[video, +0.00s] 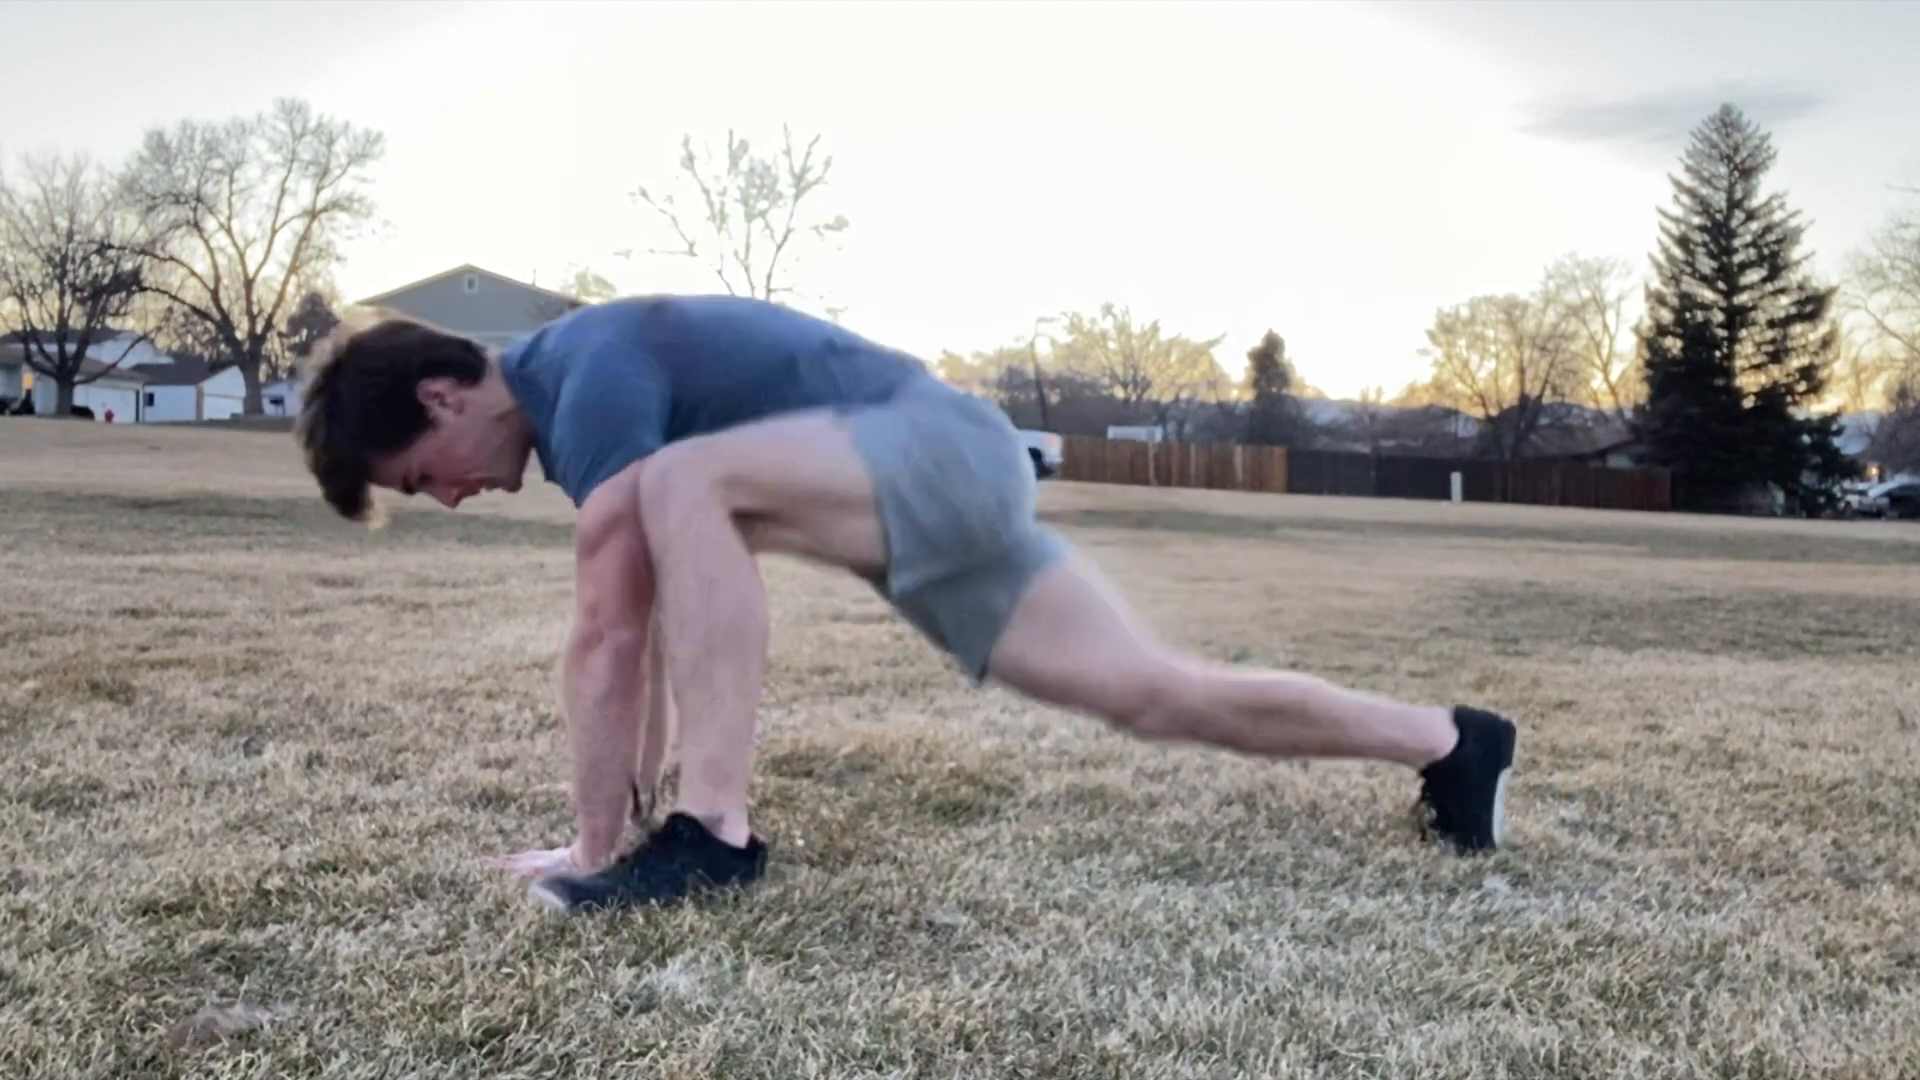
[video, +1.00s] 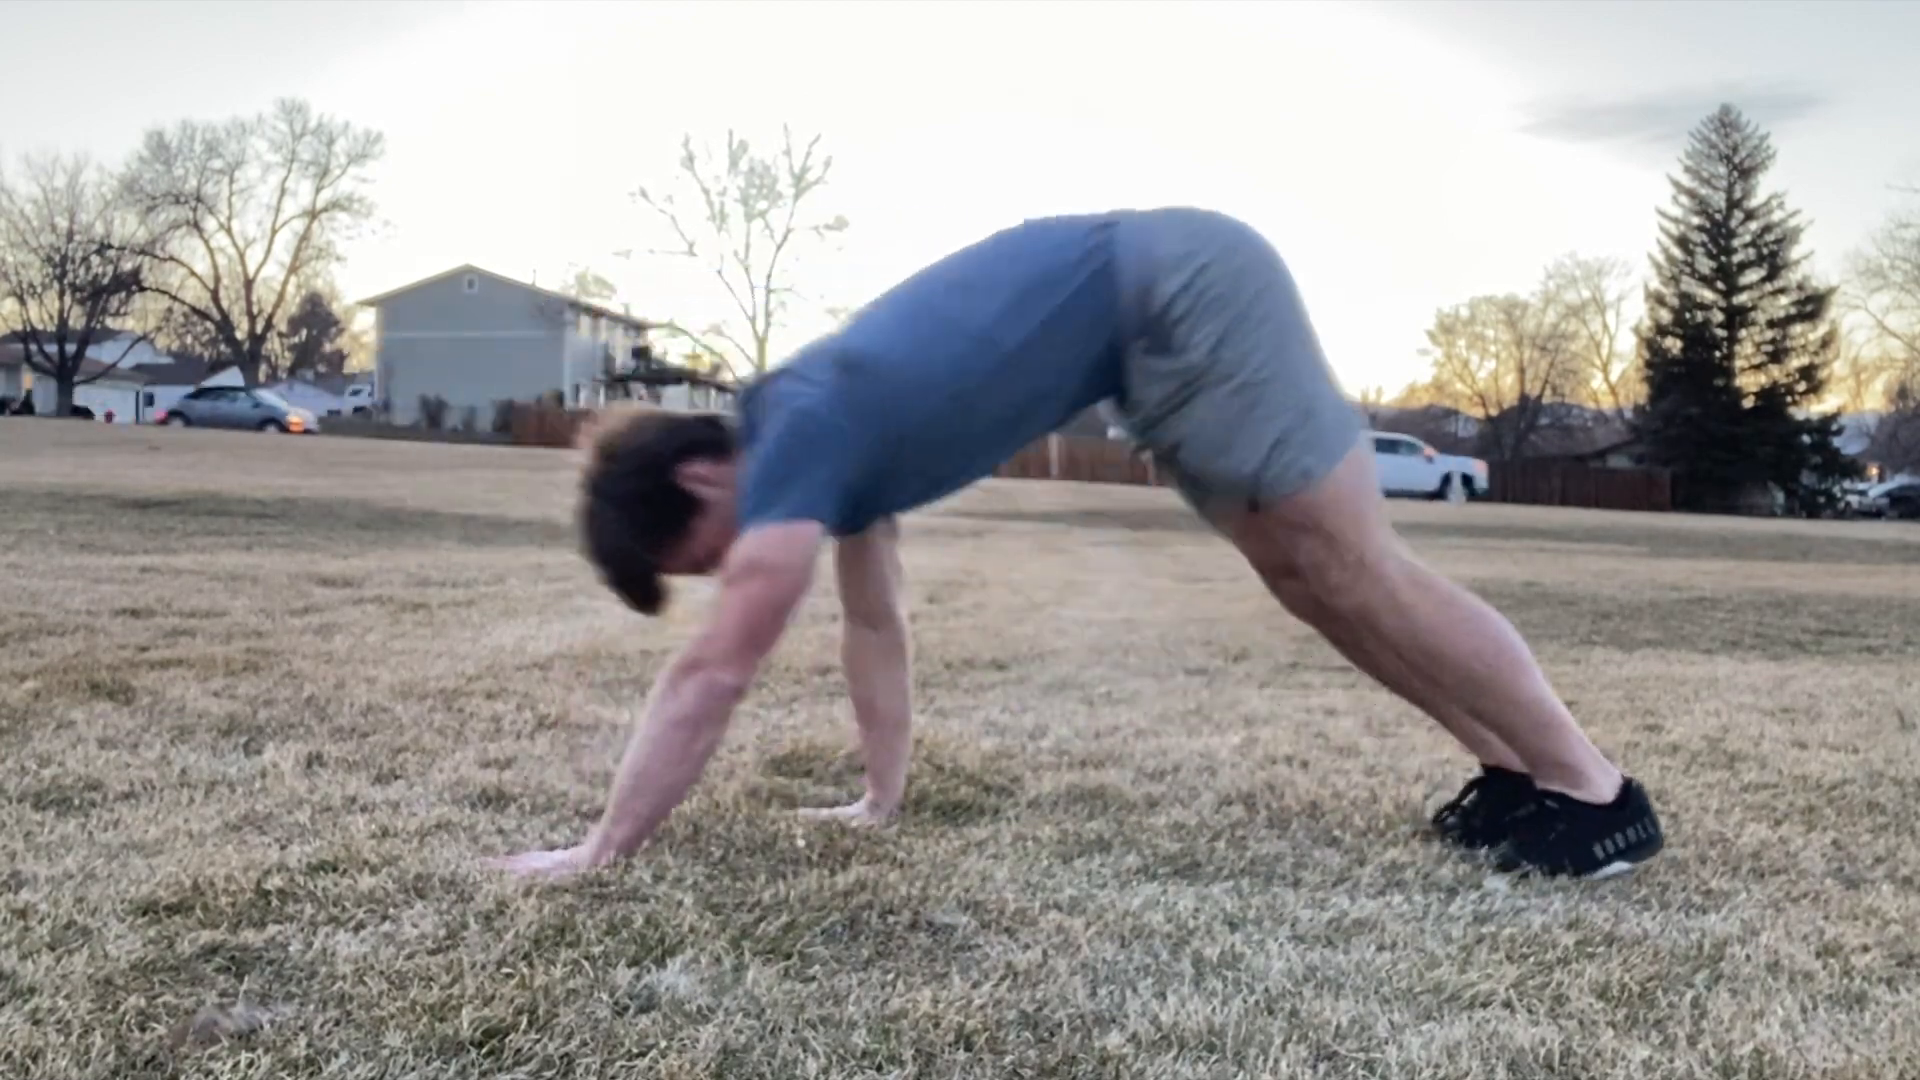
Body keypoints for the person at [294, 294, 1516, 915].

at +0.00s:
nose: (447, 495)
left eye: (424, 473)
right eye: (420, 490)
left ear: (447, 398)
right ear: (449, 402)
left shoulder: (593, 378)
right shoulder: (574, 408)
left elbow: (610, 623)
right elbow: (646, 627)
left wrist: (615, 846)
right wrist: (616, 823)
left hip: (941, 445)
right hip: (941, 509)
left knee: (678, 487)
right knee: (1143, 687)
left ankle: (712, 838)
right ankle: (1446, 743)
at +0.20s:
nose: (468, 512)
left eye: (444, 490)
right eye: (443, 506)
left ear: (468, 416)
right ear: (473, 422)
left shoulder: (613, 369)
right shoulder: (600, 417)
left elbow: (620, 625)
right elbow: (633, 637)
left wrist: (594, 839)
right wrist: (612, 832)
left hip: (969, 384)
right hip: (965, 451)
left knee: (729, 465)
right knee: (1183, 645)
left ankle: (848, 793)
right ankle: (1474, 744)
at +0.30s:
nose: (469, 523)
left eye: (443, 501)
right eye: (440, 516)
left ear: (458, 427)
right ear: (465, 430)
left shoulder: (591, 368)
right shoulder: (591, 400)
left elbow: (615, 621)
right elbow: (630, 621)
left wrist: (594, 847)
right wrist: (641, 789)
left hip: (951, 330)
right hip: (972, 373)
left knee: (841, 562)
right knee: (1187, 592)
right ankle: (1455, 724)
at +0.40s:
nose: (464, 520)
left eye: (437, 498)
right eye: (436, 515)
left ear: (451, 424)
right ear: (459, 426)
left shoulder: (580, 370)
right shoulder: (594, 390)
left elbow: (604, 622)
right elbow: (646, 608)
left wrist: (592, 846)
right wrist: (647, 774)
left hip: (944, 349)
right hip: (963, 354)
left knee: (1055, 663)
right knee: (1175, 588)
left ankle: (1378, 657)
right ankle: (1429, 726)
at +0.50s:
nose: (466, 515)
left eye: (438, 494)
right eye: (437, 510)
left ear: (450, 417)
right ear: (460, 426)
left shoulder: (583, 369)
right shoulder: (599, 393)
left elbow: (613, 611)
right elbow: (651, 613)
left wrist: (597, 835)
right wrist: (642, 781)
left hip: (959, 404)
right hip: (948, 423)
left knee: (1206, 640)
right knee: (1197, 632)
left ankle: (1513, 751)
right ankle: (1483, 743)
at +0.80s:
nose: (550, 518)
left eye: (522, 497)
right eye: (524, 513)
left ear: (529, 423)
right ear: (542, 421)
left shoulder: (658, 368)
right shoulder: (681, 391)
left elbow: (635, 638)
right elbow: (745, 590)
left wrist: (588, 853)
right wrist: (702, 754)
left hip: (1052, 376)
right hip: (1032, 398)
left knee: (1309, 614)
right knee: (1273, 618)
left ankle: (1582, 781)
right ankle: (1515, 757)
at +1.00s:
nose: (723, 570)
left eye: (703, 554)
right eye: (705, 563)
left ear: (699, 485)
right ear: (707, 479)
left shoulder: (795, 426)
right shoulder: (824, 435)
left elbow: (717, 668)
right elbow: (874, 629)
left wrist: (604, 847)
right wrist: (885, 798)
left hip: (1184, 285)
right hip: (1149, 328)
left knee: (1355, 575)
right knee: (1313, 584)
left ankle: (1598, 796)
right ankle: (1525, 775)